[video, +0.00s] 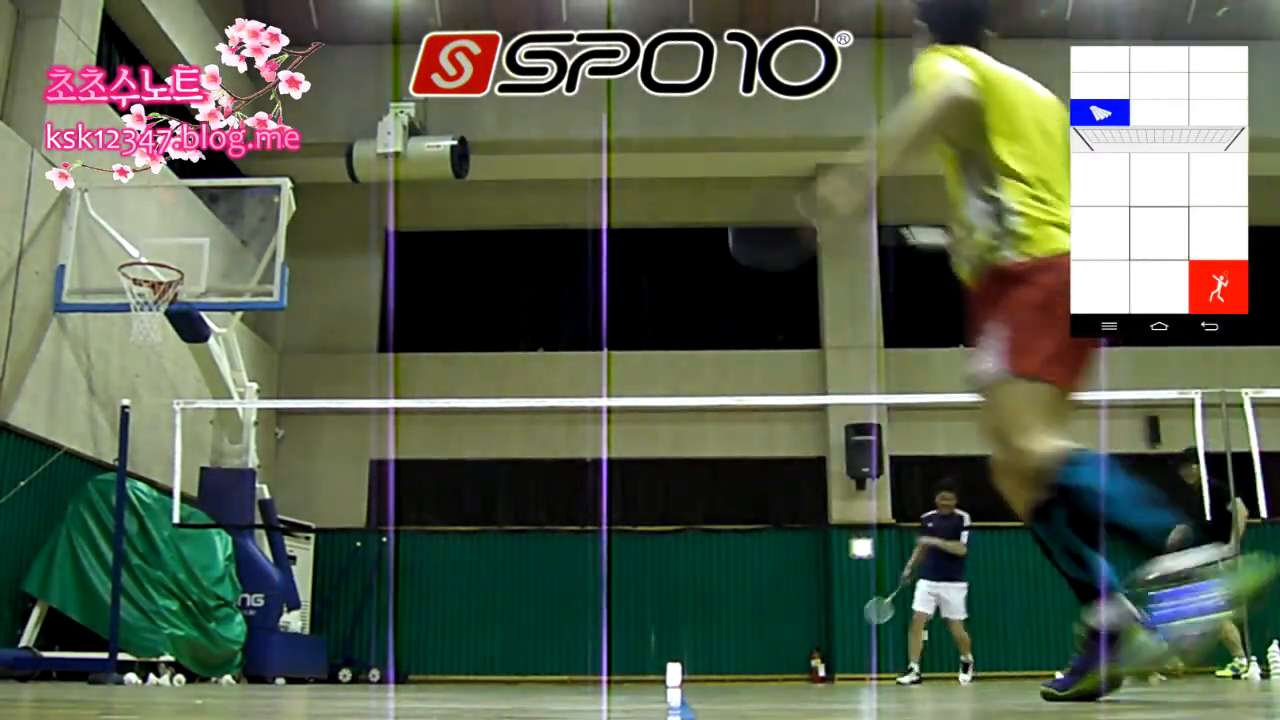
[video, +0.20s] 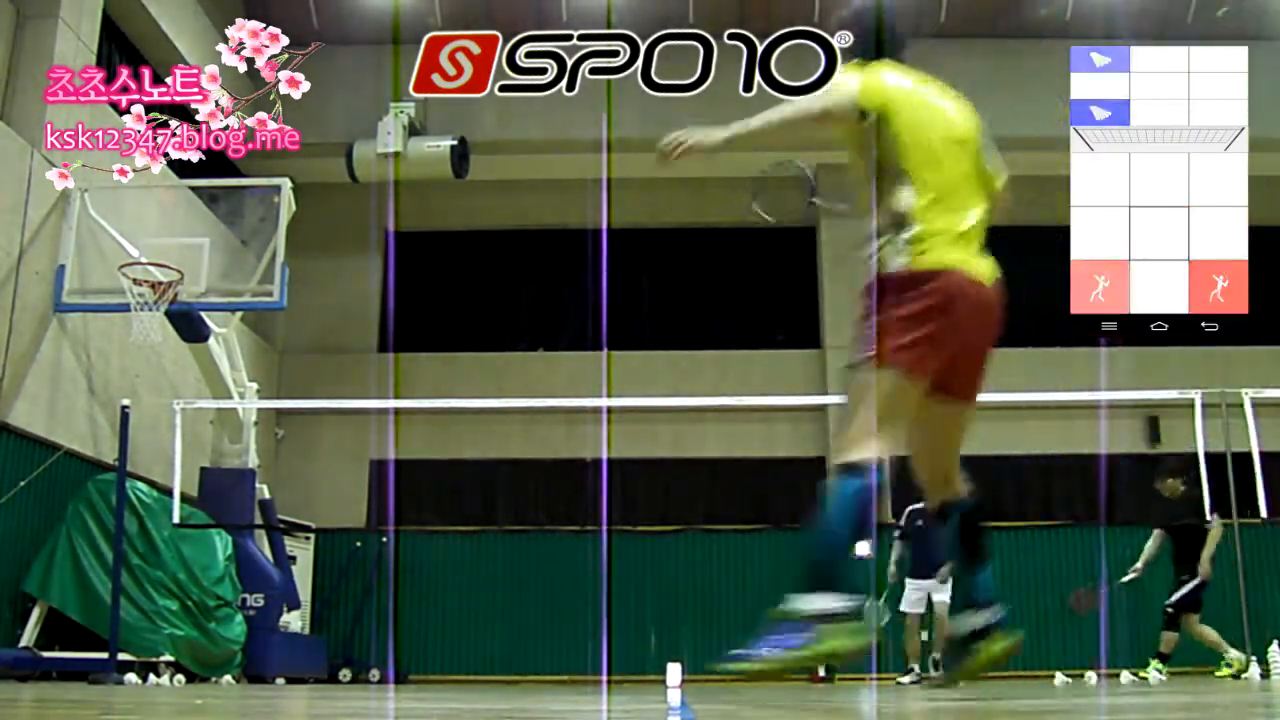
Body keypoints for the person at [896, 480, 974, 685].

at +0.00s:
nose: (945, 504)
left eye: (949, 500)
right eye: (941, 500)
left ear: (955, 501)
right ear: (935, 500)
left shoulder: (963, 519)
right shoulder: (927, 519)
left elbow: (961, 548)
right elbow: (922, 545)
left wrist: (933, 542)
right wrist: (909, 567)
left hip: (953, 583)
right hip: (928, 580)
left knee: (955, 627)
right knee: (917, 620)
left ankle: (967, 660)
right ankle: (913, 667)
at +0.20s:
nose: (932, 495)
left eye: (936, 492)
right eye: (930, 491)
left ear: (943, 491)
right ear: (926, 490)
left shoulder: (951, 514)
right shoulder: (913, 512)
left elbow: (959, 548)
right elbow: (900, 541)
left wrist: (949, 567)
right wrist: (893, 563)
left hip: (941, 578)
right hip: (915, 577)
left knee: (941, 620)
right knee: (911, 622)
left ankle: (937, 657)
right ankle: (914, 666)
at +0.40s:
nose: (944, 516)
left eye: (947, 512)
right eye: (940, 511)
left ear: (952, 511)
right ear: (931, 506)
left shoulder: (955, 527)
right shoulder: (911, 518)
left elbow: (960, 559)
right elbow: (895, 544)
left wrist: (959, 584)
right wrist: (898, 567)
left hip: (937, 581)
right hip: (911, 580)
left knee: (936, 616)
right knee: (912, 624)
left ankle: (939, 659)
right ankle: (910, 662)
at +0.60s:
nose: (953, 543)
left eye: (955, 539)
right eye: (951, 538)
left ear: (955, 538)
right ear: (940, 534)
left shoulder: (956, 550)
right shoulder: (914, 539)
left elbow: (960, 584)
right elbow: (897, 560)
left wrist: (961, 617)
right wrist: (906, 584)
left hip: (936, 587)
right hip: (910, 586)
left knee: (941, 615)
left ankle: (936, 665)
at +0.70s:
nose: (950, 563)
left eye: (953, 559)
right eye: (947, 558)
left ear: (956, 556)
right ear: (937, 551)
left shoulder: (956, 566)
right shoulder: (914, 550)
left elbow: (960, 597)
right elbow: (897, 571)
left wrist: (962, 632)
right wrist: (910, 594)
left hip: (933, 588)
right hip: (907, 586)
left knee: (945, 615)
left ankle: (935, 665)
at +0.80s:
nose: (948, 582)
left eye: (951, 579)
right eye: (946, 578)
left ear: (955, 576)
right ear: (936, 569)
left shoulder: (956, 580)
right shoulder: (913, 565)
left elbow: (959, 612)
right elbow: (895, 591)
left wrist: (963, 648)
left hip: (930, 595)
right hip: (907, 596)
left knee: (948, 618)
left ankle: (936, 659)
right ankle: (895, 664)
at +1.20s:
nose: (966, 561)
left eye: (968, 558)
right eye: (965, 557)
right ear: (955, 552)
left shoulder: (961, 561)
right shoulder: (930, 550)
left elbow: (960, 591)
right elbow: (901, 575)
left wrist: (968, 621)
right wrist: (910, 603)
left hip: (916, 579)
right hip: (891, 572)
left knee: (939, 613)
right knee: (898, 610)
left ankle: (930, 666)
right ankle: (895, 666)